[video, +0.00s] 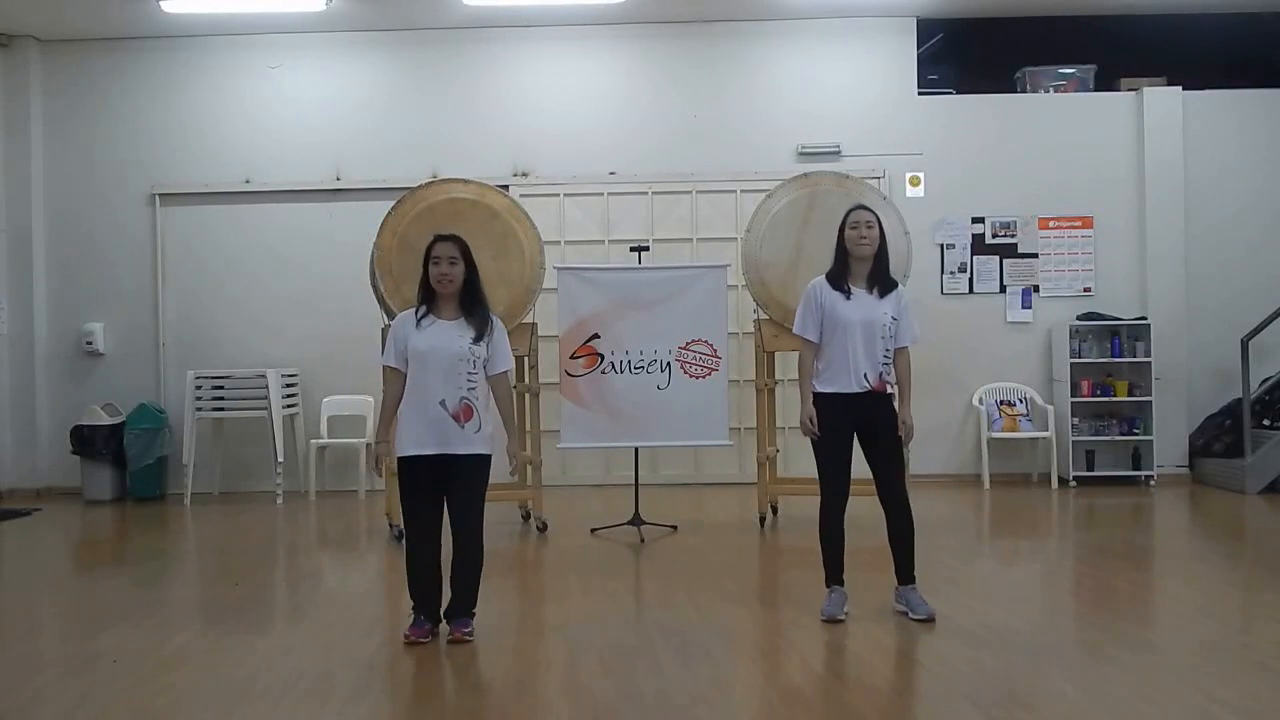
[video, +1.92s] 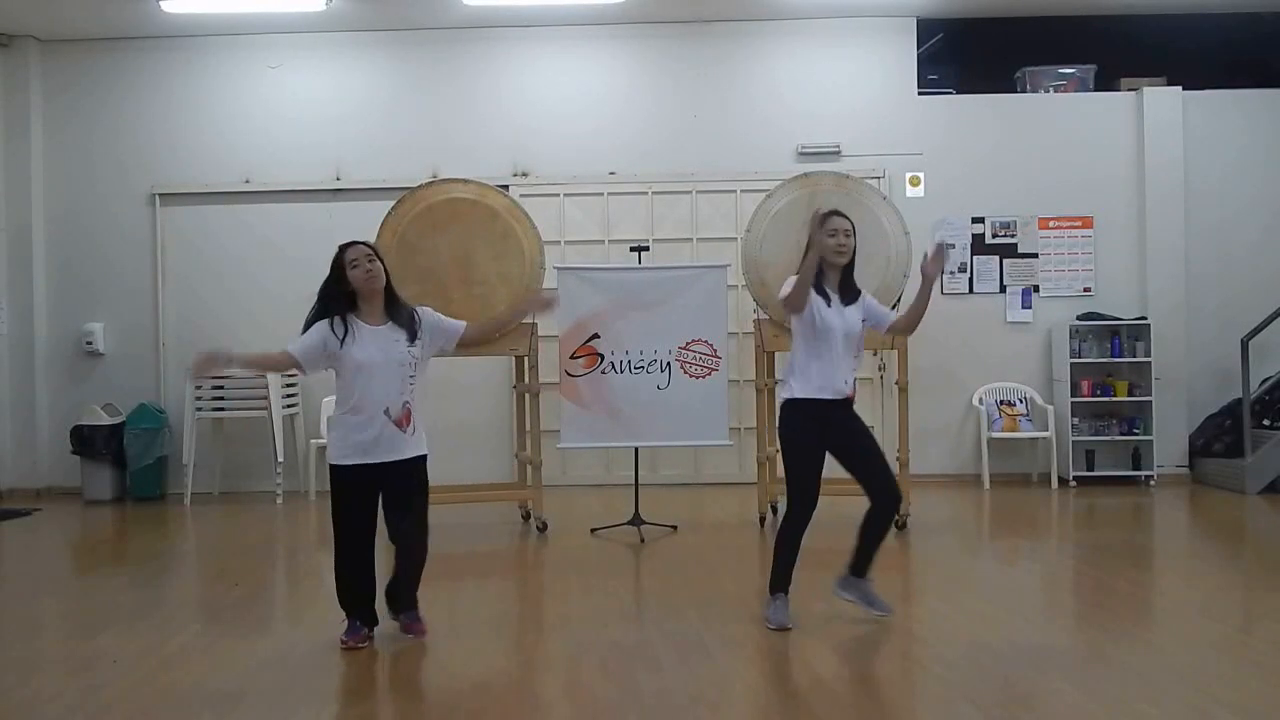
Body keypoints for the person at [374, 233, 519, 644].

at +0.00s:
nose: (443, 269)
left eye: (453, 262)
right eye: (436, 262)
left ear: (467, 270)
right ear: (426, 270)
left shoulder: (487, 326)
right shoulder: (404, 324)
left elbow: (501, 386)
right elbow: (393, 385)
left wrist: (514, 439)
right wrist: (381, 437)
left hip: (471, 449)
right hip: (416, 449)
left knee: (467, 535)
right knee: (421, 537)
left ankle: (461, 615)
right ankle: (424, 615)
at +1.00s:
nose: (431, 273)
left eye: (442, 267)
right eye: (426, 265)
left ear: (458, 277)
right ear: (418, 273)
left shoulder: (476, 330)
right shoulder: (399, 326)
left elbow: (497, 381)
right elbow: (390, 377)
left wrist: (506, 412)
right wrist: (351, 412)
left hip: (460, 450)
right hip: (409, 450)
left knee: (458, 532)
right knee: (403, 529)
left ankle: (460, 614)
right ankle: (425, 596)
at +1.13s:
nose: (425, 268)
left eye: (437, 262)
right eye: (421, 260)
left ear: (453, 274)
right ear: (413, 268)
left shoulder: (467, 324)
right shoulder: (394, 321)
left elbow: (479, 381)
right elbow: (371, 370)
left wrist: (462, 369)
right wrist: (324, 368)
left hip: (453, 448)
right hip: (402, 446)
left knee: (455, 535)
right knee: (385, 524)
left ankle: (459, 616)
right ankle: (401, 592)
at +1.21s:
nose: (419, 262)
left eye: (431, 258)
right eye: (414, 255)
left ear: (447, 270)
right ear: (406, 264)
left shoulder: (457, 319)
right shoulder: (384, 318)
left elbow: (454, 371)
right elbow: (359, 368)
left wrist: (417, 340)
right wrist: (339, 344)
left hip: (445, 445)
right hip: (392, 444)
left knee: (452, 531)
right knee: (375, 529)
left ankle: (459, 616)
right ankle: (370, 611)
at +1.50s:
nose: (390, 263)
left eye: (399, 258)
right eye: (382, 257)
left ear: (413, 272)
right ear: (371, 271)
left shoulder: (428, 321)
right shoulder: (352, 322)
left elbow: (447, 368)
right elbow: (310, 361)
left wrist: (430, 359)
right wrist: (284, 355)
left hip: (411, 448)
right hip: (357, 449)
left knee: (425, 533)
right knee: (356, 537)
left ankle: (452, 614)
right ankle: (360, 619)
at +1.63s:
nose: (375, 267)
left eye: (382, 261)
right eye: (366, 262)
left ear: (395, 274)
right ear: (354, 277)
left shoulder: (421, 326)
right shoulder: (337, 330)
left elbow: (462, 361)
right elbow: (288, 368)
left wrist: (503, 367)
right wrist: (222, 378)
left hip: (405, 450)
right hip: (351, 452)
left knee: (406, 532)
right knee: (351, 539)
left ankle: (417, 607)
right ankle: (360, 618)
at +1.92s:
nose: (367, 267)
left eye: (372, 259)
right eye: (355, 264)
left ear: (386, 270)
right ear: (345, 281)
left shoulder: (416, 321)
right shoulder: (334, 329)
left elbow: (472, 335)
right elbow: (287, 360)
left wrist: (522, 312)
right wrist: (230, 361)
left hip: (407, 451)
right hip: (351, 455)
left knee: (413, 538)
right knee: (354, 541)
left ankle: (404, 603)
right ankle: (359, 619)